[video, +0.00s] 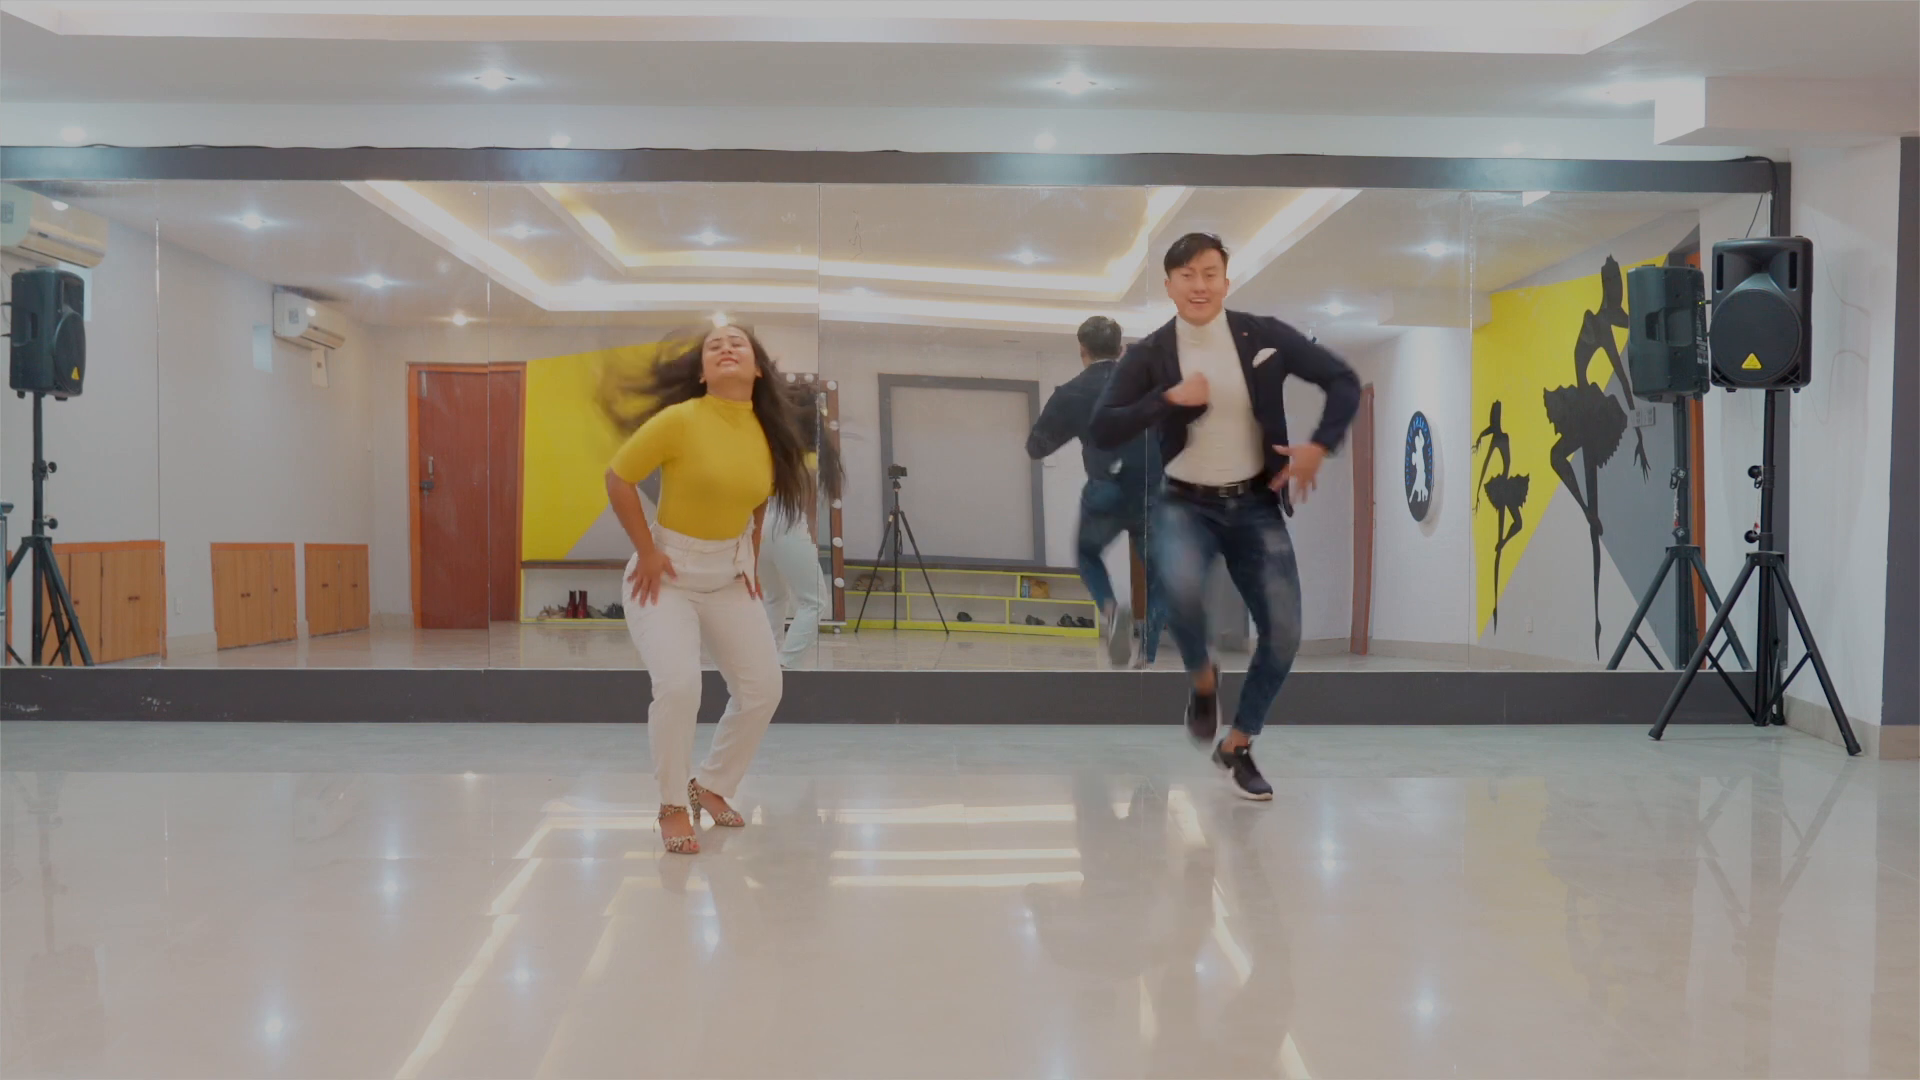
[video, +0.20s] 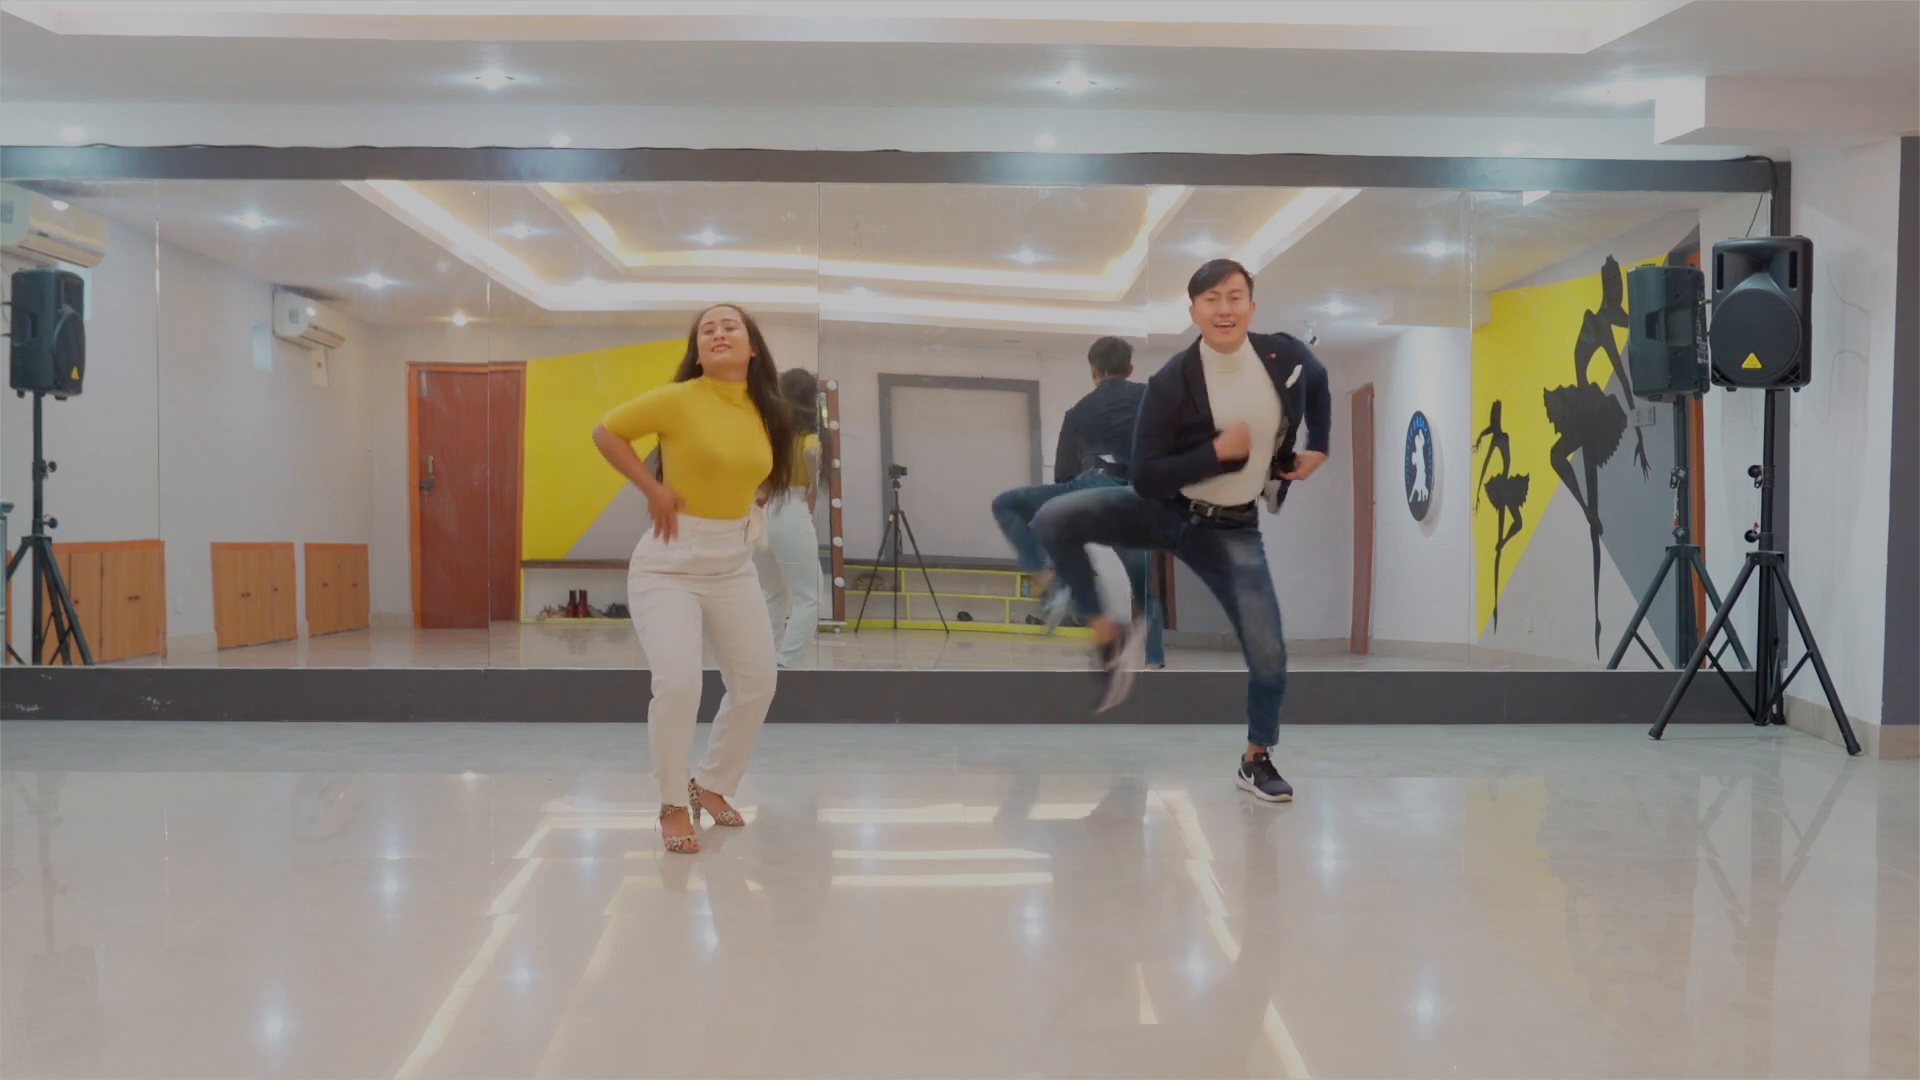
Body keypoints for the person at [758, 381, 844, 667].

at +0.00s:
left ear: (784, 421)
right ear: (814, 423)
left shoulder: (774, 447)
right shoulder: (814, 452)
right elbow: (812, 499)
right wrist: (813, 537)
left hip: (759, 524)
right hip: (789, 526)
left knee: (772, 599)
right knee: (813, 602)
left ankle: (766, 660)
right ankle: (785, 664)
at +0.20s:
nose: (818, 402)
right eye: (815, 395)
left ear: (780, 398)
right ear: (811, 400)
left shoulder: (768, 431)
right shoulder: (808, 433)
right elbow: (811, 455)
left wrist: (762, 494)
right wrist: (812, 493)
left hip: (759, 513)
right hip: (791, 514)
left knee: (773, 594)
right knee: (806, 596)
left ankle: (765, 659)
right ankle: (786, 665)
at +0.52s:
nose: (818, 384)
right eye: (816, 379)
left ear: (782, 378)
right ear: (812, 380)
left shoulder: (765, 406)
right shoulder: (811, 410)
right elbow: (841, 436)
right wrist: (836, 451)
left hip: (760, 502)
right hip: (795, 504)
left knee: (771, 587)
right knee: (800, 589)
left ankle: (769, 656)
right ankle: (785, 663)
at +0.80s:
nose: (811, 385)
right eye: (812, 379)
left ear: (781, 378)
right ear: (813, 381)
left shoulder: (764, 411)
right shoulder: (815, 417)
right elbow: (835, 460)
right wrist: (857, 476)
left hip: (762, 499)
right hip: (801, 500)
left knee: (764, 587)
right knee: (798, 591)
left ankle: (768, 657)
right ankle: (788, 663)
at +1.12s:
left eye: (793, 371)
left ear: (790, 374)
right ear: (817, 375)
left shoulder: (776, 412)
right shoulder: (819, 418)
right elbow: (829, 465)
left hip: (779, 499)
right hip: (809, 499)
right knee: (805, 580)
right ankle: (801, 654)